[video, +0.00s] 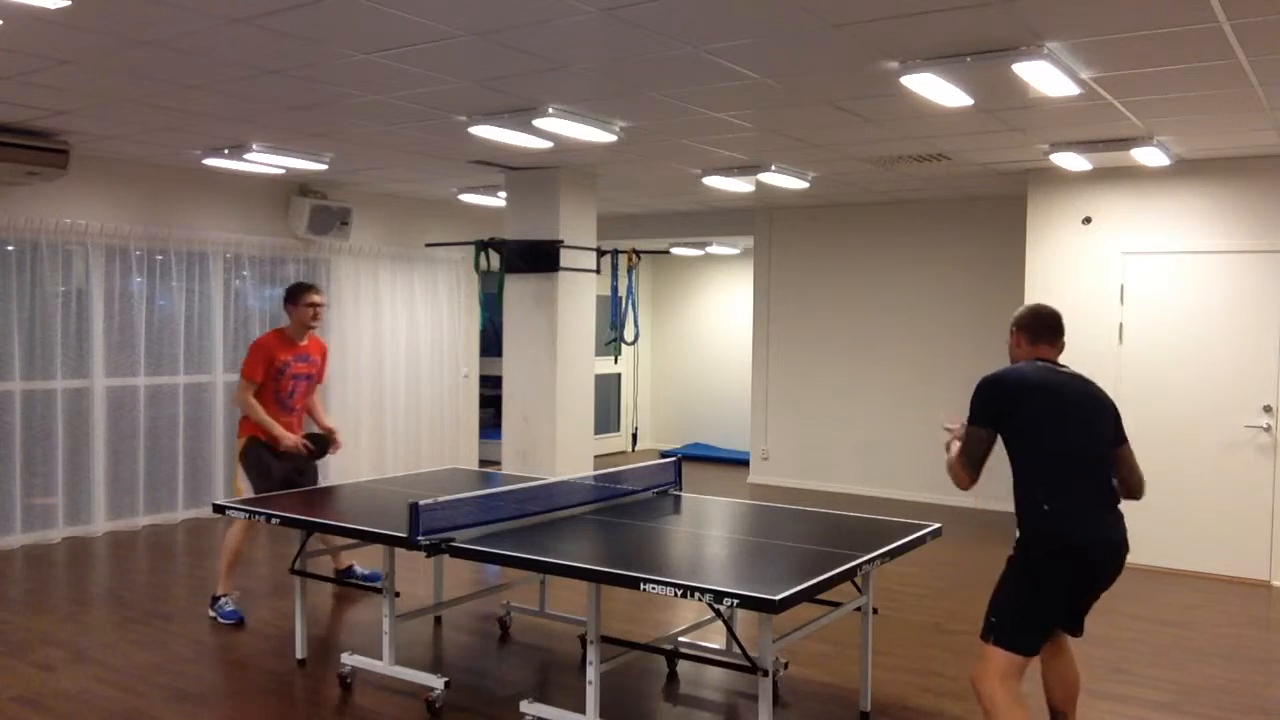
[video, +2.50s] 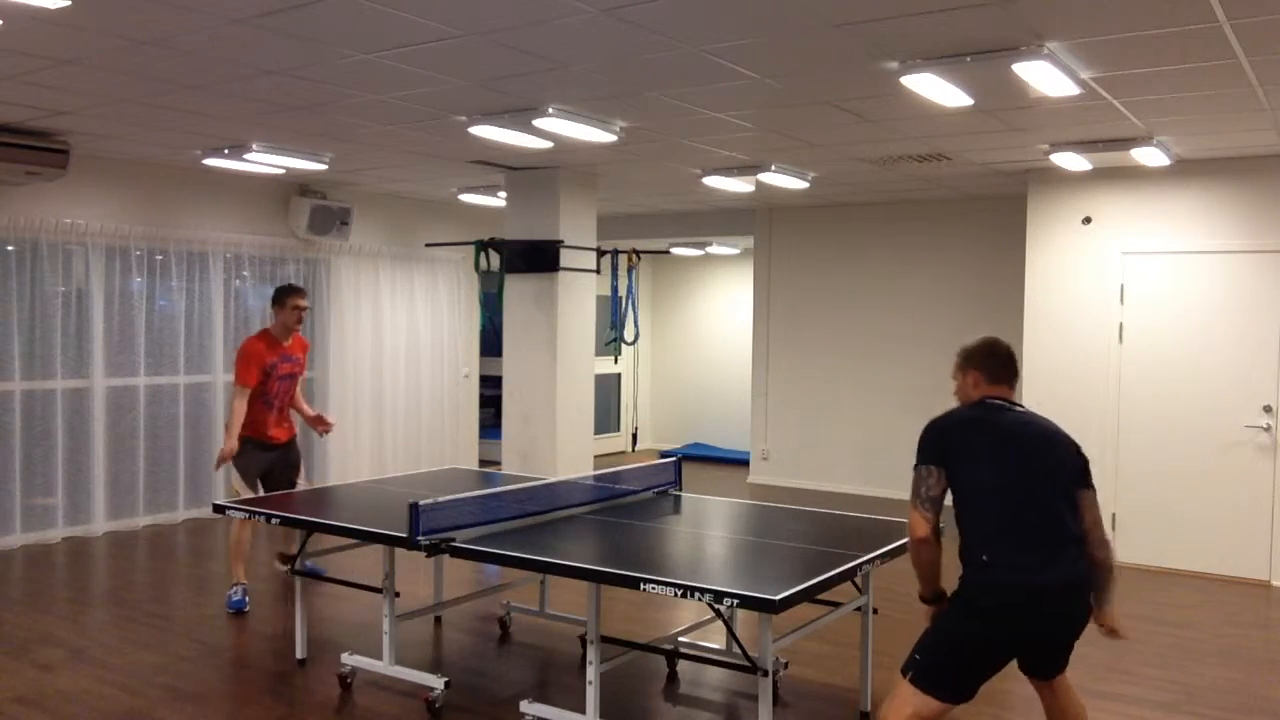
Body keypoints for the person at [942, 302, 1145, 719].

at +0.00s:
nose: (1009, 349)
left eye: (1010, 342)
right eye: (1010, 342)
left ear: (1017, 340)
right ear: (1060, 345)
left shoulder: (1000, 385)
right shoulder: (1093, 394)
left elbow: (964, 476)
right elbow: (1133, 487)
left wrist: (955, 445)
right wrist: (1087, 468)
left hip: (1048, 544)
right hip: (1107, 545)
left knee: (993, 676)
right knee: (1054, 637)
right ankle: (1063, 716)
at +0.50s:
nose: (937, 369)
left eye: (938, 359)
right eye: (937, 359)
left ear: (949, 356)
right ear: (983, 357)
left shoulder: (952, 399)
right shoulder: (1021, 404)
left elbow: (950, 495)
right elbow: (1019, 487)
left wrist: (924, 514)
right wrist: (960, 513)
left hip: (1008, 568)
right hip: (1061, 564)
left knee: (923, 699)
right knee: (1029, 661)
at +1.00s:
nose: (899, 356)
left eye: (900, 344)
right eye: (899, 345)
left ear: (915, 346)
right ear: (956, 345)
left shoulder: (906, 410)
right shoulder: (1011, 392)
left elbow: (908, 518)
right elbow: (1052, 490)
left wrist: (949, 482)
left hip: (988, 570)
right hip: (1057, 562)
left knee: (913, 700)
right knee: (1030, 667)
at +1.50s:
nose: (896, 369)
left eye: (896, 359)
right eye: (894, 360)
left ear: (906, 356)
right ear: (950, 354)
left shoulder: (897, 416)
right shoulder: (1005, 410)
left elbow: (900, 538)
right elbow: (1025, 507)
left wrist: (897, 553)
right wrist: (943, 526)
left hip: (968, 585)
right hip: (1037, 576)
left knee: (879, 706)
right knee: (1027, 684)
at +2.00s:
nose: (834, 363)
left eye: (836, 353)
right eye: (833, 353)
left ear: (857, 359)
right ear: (895, 352)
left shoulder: (876, 437)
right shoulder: (938, 392)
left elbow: (896, 560)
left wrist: (864, 539)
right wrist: (866, 411)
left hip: (981, 592)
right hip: (1037, 572)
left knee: (875, 706)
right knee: (1024, 683)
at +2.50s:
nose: (955, 391)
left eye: (957, 380)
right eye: (956, 380)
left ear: (973, 377)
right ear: (1012, 382)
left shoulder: (946, 430)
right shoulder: (1059, 440)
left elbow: (922, 533)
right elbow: (1096, 538)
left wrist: (933, 597)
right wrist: (1103, 604)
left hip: (993, 595)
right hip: (1068, 594)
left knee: (905, 708)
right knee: (1049, 674)